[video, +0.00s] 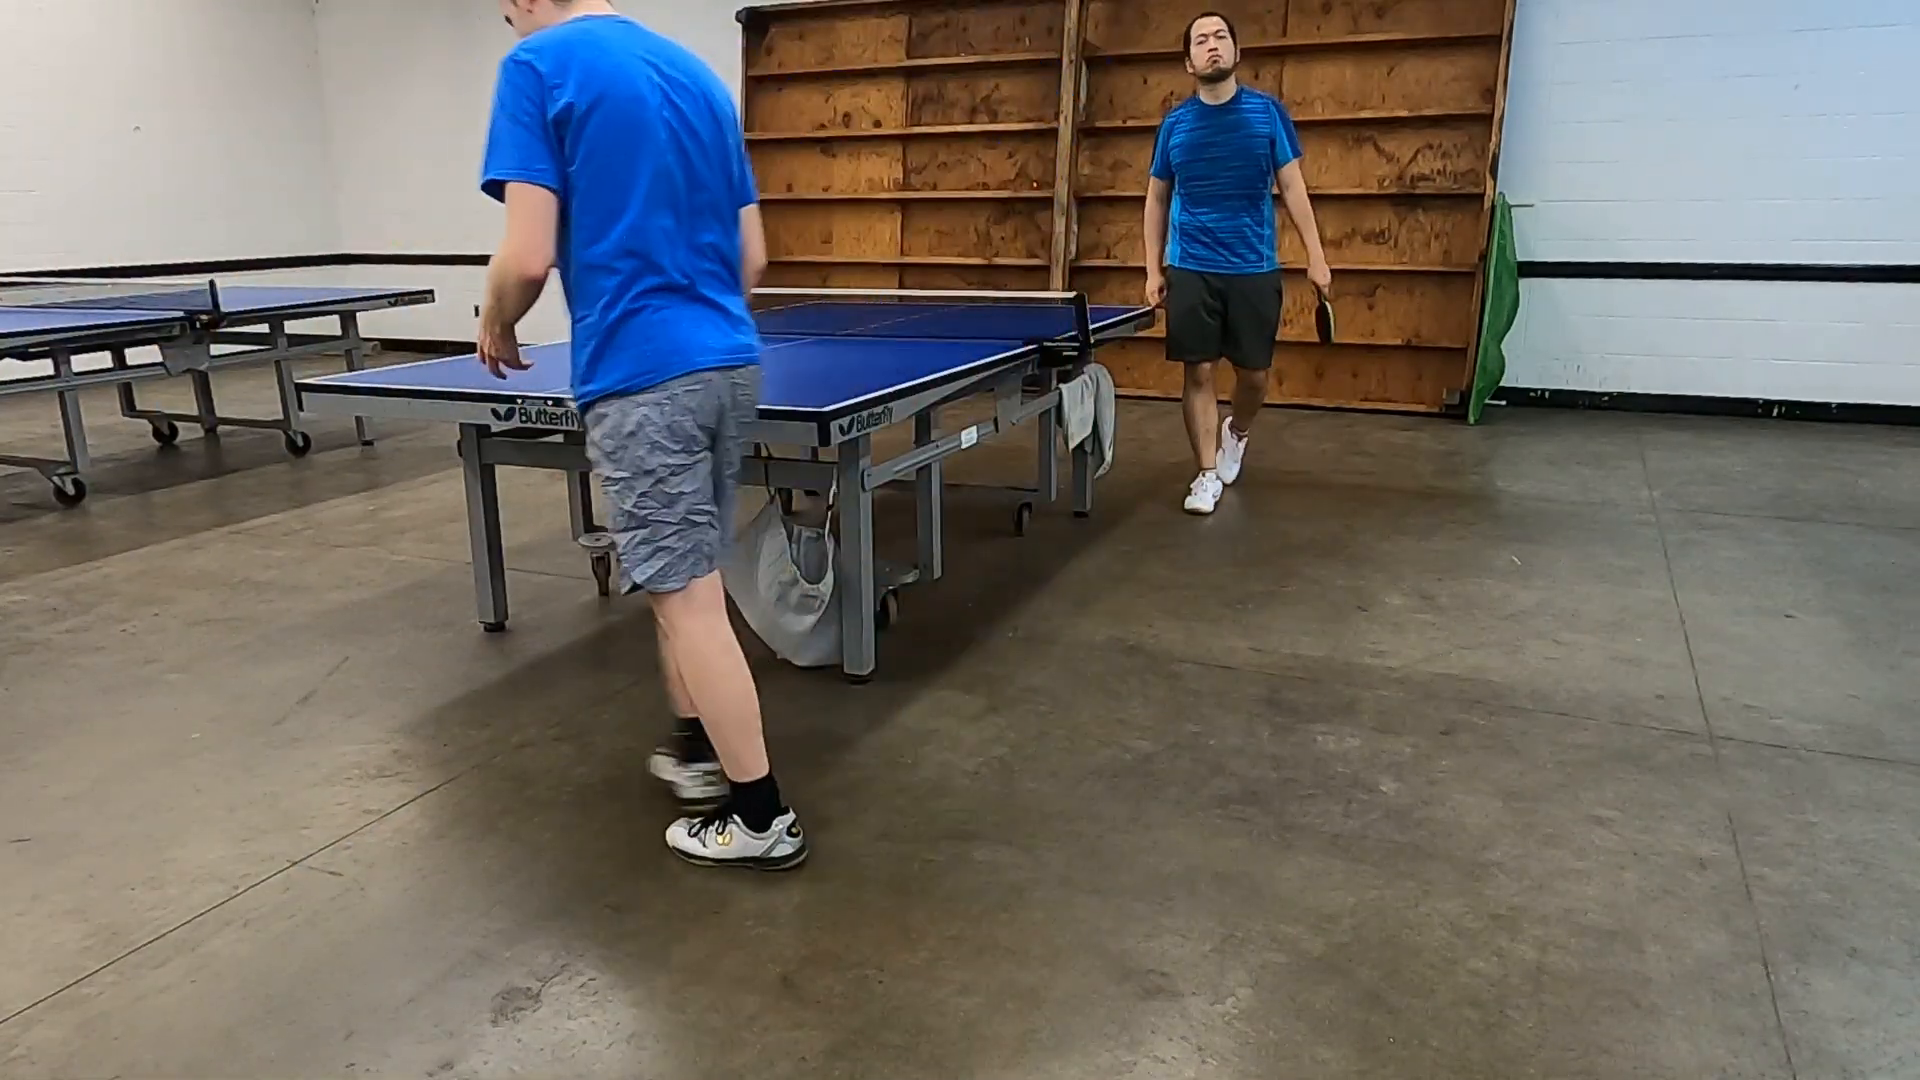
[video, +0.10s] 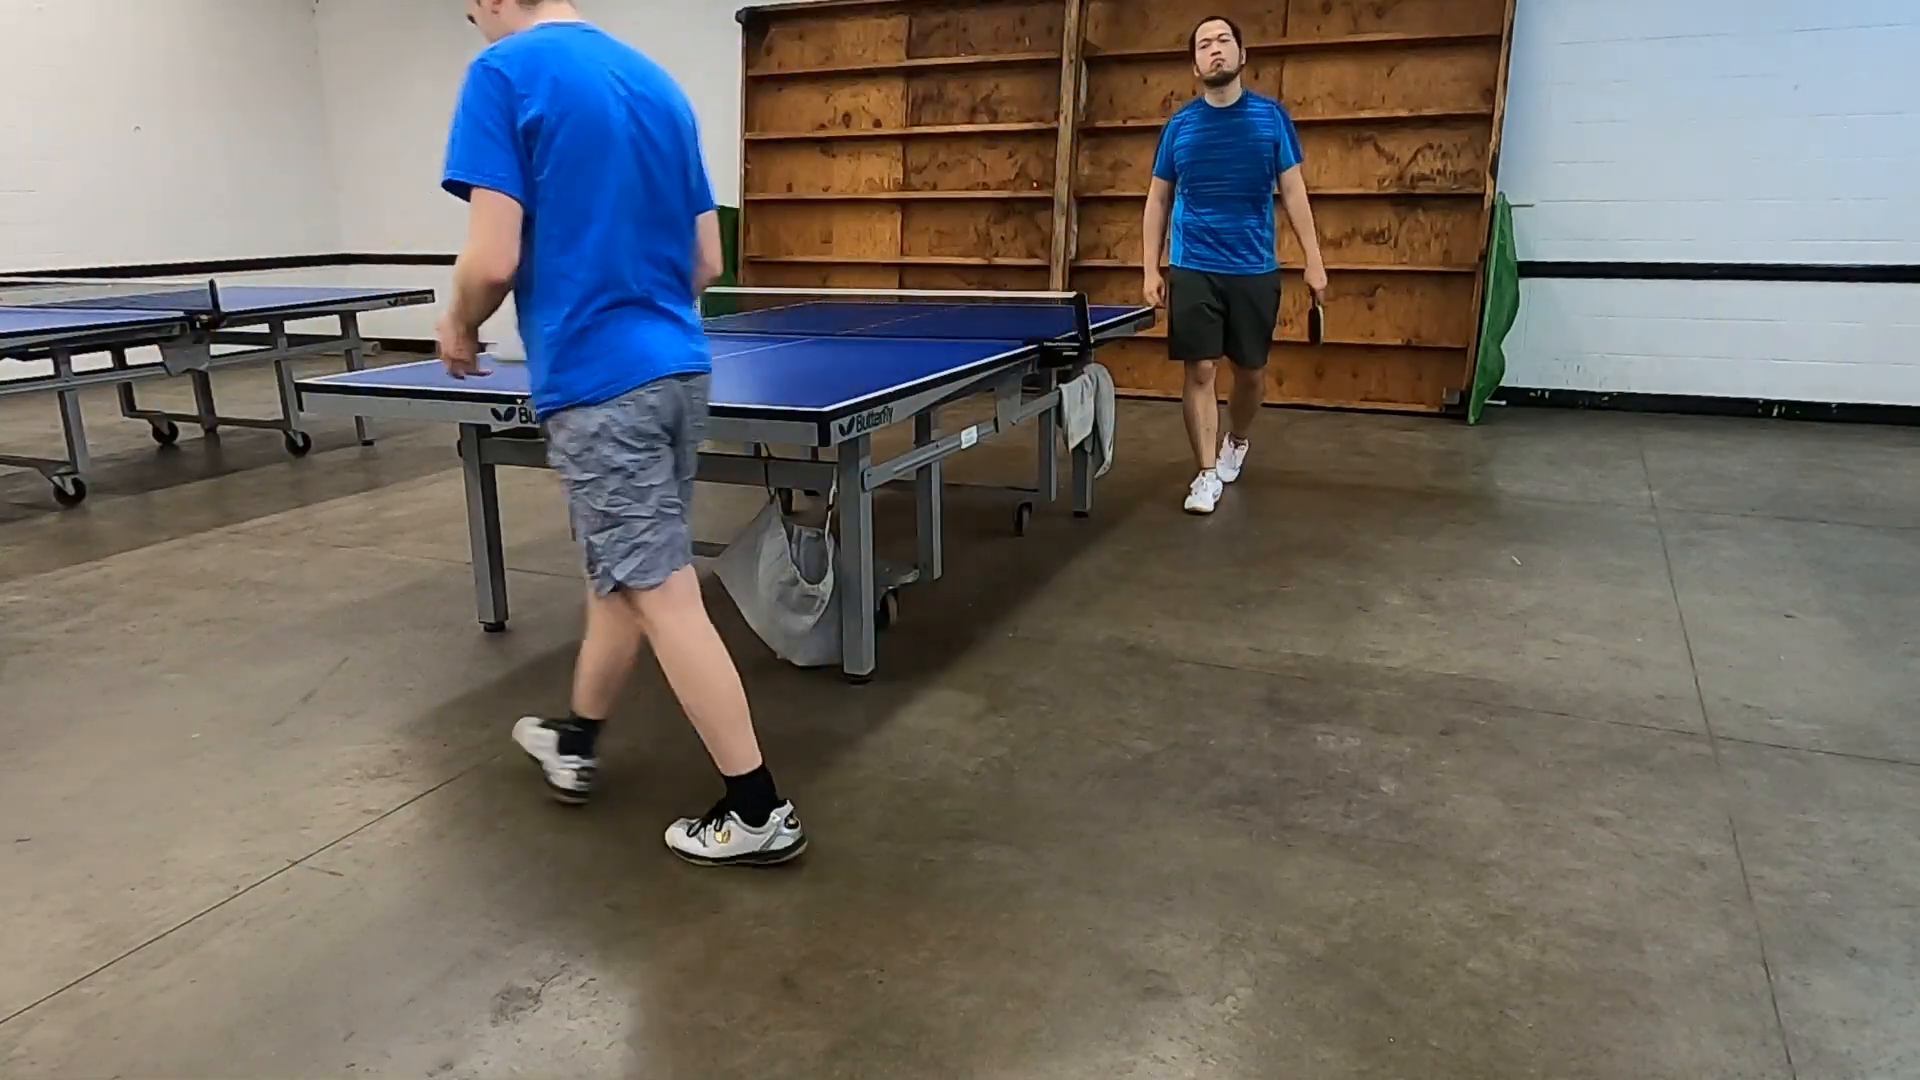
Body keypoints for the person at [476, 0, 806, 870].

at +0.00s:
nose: (512, 29)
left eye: (508, 20)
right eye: (509, 21)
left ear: (528, 6)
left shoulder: (538, 60)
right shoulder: (697, 74)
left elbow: (528, 260)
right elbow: (750, 258)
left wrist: (496, 323)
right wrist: (698, 321)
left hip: (641, 372)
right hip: (734, 359)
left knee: (692, 599)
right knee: (682, 571)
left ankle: (763, 814)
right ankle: (700, 747)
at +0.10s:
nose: (477, 29)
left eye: (474, 19)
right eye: (474, 20)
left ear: (493, 7)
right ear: (566, 2)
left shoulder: (502, 69)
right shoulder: (657, 81)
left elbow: (493, 263)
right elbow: (704, 260)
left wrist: (459, 322)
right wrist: (619, 300)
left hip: (596, 379)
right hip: (683, 364)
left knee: (667, 594)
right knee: (619, 574)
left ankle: (759, 808)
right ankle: (576, 744)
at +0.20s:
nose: (440, 26)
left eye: (437, 16)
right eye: (436, 17)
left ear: (460, 6)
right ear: (529, 4)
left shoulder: (468, 78)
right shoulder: (614, 91)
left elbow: (462, 261)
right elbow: (666, 263)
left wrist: (406, 306)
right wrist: (586, 311)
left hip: (546, 389)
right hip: (625, 375)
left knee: (605, 596)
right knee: (564, 574)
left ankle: (737, 789)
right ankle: (526, 760)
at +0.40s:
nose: (363, 15)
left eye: (364, 7)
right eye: (361, 9)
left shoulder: (399, 66)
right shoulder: (533, 84)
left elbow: (381, 241)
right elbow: (584, 245)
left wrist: (289, 254)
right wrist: (515, 311)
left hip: (458, 372)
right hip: (548, 363)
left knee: (404, 559)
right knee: (522, 551)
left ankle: (553, 707)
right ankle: (529, 744)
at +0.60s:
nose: (297, 18)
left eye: (298, 11)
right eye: (300, 13)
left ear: (318, 5)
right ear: (381, 2)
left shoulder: (309, 71)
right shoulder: (461, 81)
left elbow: (297, 250)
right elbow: (517, 245)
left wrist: (205, 296)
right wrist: (452, 306)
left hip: (380, 370)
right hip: (485, 361)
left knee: (345, 560)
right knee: (495, 548)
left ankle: (319, 758)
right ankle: (522, 752)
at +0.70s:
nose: (260, 17)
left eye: (258, 11)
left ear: (267, 5)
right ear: (345, 0)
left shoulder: (254, 85)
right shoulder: (421, 87)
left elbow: (247, 264)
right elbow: (487, 250)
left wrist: (184, 334)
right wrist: (436, 315)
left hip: (334, 380)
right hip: (445, 368)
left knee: (310, 561)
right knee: (465, 549)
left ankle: (297, 757)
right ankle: (516, 748)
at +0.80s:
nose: (213, 11)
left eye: (212, 6)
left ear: (221, 4)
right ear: (304, 3)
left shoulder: (194, 84)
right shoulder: (380, 90)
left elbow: (196, 267)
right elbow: (452, 252)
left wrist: (182, 333)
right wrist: (434, 326)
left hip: (278, 372)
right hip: (388, 359)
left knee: (278, 558)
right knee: (416, 541)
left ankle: (296, 757)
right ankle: (498, 721)